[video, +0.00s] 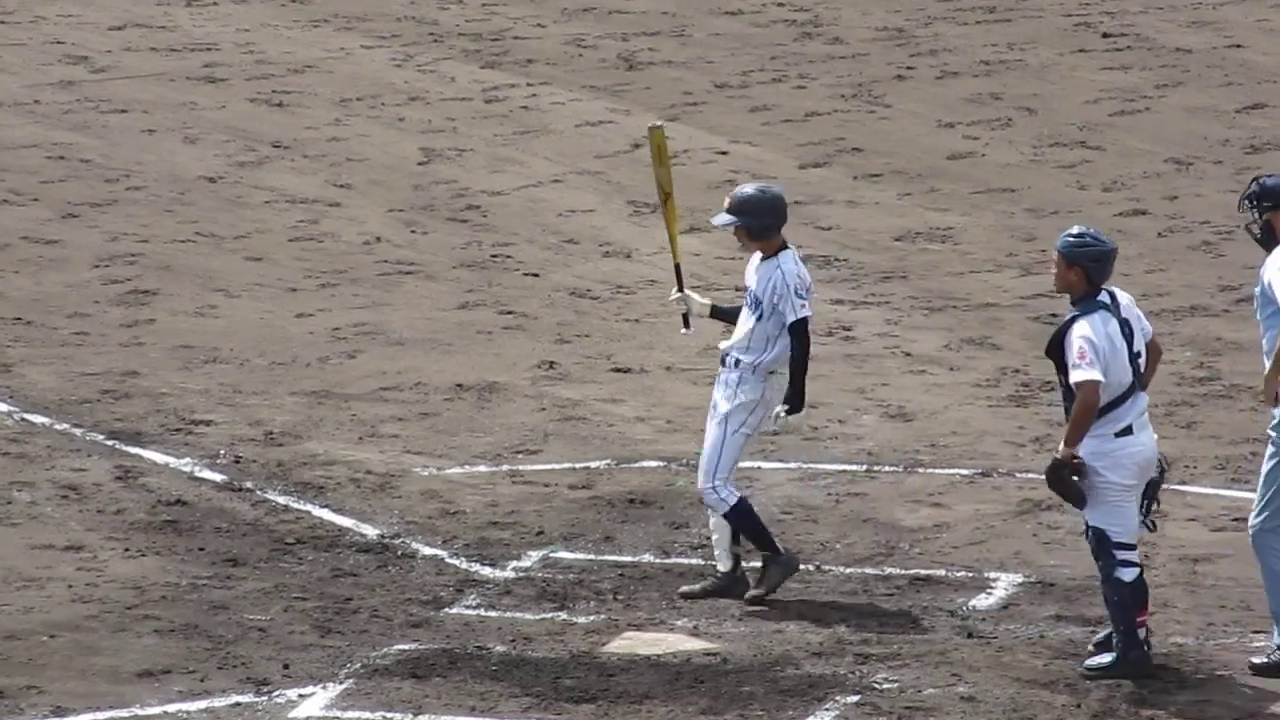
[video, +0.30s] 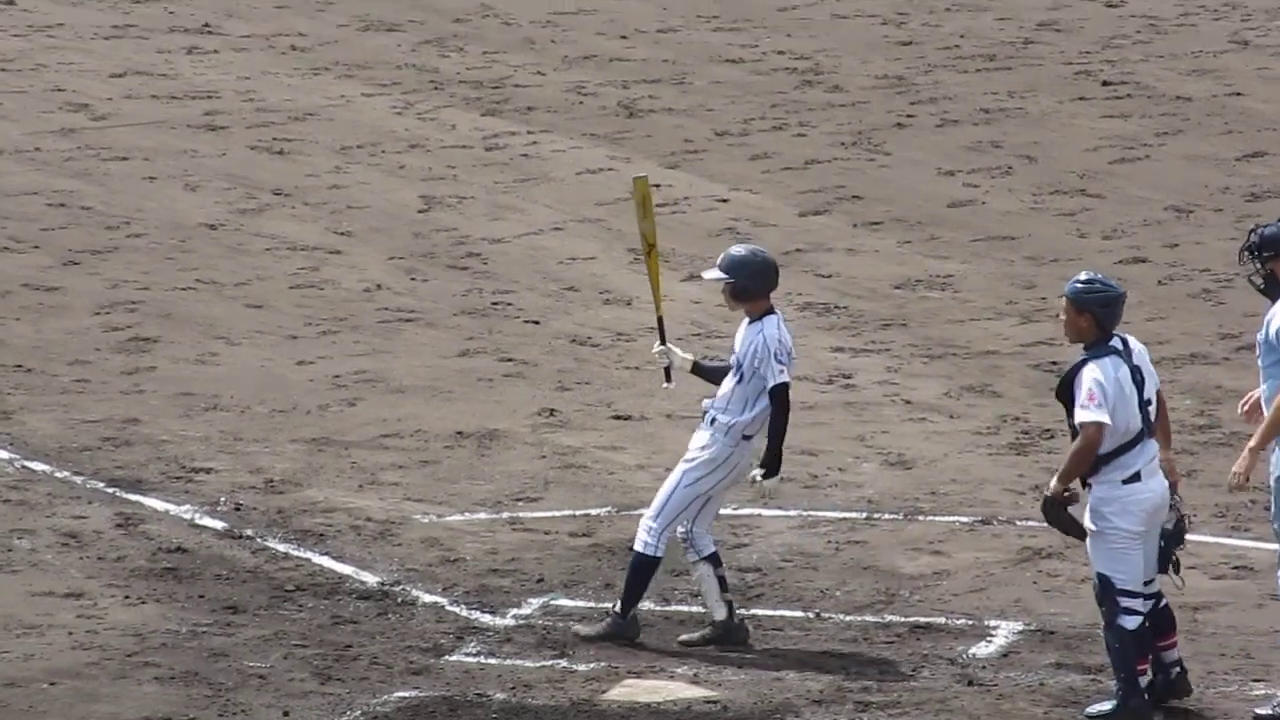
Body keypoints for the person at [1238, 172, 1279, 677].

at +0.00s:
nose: (1260, 222)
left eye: (1264, 213)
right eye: (1261, 212)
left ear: (1274, 218)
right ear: (1274, 216)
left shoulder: (1274, 270)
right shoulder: (1271, 268)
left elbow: (1279, 339)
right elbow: (1278, 338)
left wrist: (1271, 382)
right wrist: (1271, 381)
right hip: (1279, 422)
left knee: (1265, 525)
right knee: (1265, 526)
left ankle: (1279, 639)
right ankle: (1277, 638)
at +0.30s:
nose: (1263, 270)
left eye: (1266, 262)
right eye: (1262, 261)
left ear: (1275, 266)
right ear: (1271, 265)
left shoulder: (1276, 321)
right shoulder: (1272, 315)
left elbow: (1279, 397)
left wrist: (1251, 451)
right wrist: (1265, 391)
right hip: (1276, 461)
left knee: (1279, 573)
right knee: (1279, 570)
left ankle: (1278, 694)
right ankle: (1276, 693)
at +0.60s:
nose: (1256, 283)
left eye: (1262, 274)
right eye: (1256, 274)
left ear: (1276, 278)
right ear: (1270, 278)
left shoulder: (1274, 340)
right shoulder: (1270, 334)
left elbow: (1276, 424)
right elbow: (1273, 420)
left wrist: (1273, 487)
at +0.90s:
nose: (1261, 291)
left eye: (1269, 283)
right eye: (1257, 284)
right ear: (1250, 287)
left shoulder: (1275, 337)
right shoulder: (1269, 334)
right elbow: (1266, 398)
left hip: (1277, 451)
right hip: (1274, 451)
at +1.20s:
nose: (1265, 297)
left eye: (1272, 289)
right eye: (1262, 289)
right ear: (1256, 292)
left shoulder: (1274, 342)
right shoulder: (1268, 340)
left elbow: (1269, 407)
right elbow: (1269, 405)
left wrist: (1269, 461)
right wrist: (1268, 460)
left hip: (1274, 456)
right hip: (1273, 456)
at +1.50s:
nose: (1256, 292)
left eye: (1265, 284)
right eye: (1256, 284)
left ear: (1278, 290)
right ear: (1257, 288)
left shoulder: (1275, 343)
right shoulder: (1270, 339)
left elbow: (1269, 408)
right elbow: (1269, 406)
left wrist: (1268, 459)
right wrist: (1267, 460)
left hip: (1275, 458)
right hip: (1273, 457)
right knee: (1276, 533)